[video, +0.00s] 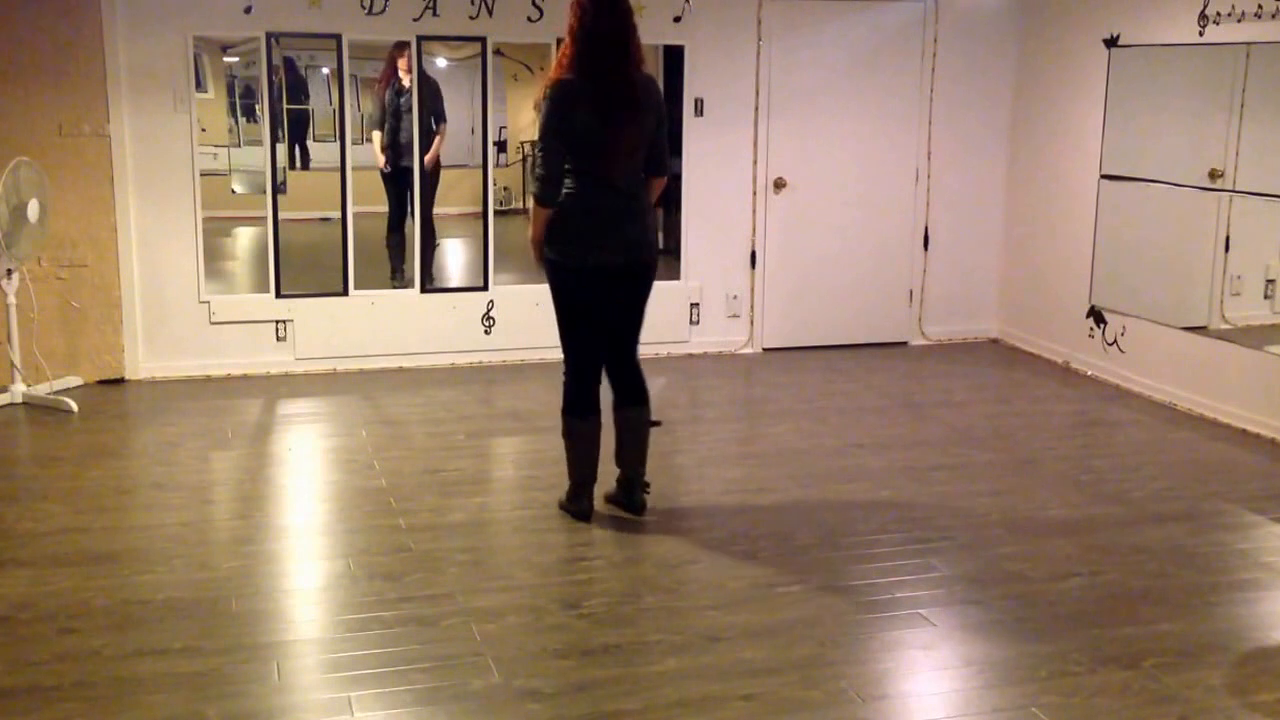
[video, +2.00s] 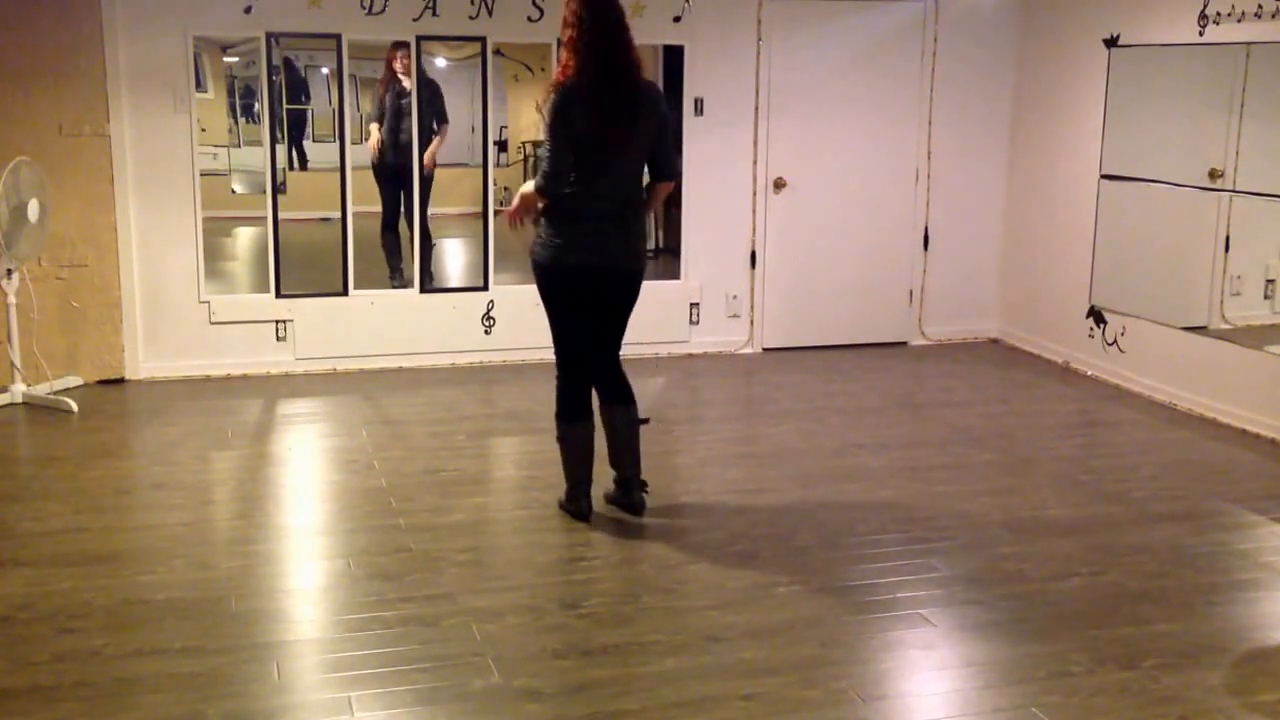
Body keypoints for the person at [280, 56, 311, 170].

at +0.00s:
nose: (280, 70)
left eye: (281, 67)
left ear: (283, 67)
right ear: (294, 65)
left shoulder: (281, 80)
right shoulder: (301, 78)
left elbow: (278, 98)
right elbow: (306, 95)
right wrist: (304, 103)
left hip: (288, 112)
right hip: (302, 111)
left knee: (290, 143)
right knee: (302, 141)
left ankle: (291, 168)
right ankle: (305, 166)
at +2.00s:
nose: (282, 71)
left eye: (282, 68)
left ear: (283, 67)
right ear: (293, 65)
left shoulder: (282, 80)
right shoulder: (301, 78)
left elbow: (278, 97)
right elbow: (307, 96)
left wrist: (279, 110)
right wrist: (304, 106)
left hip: (287, 113)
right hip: (300, 112)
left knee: (288, 142)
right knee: (299, 141)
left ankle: (289, 167)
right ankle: (303, 164)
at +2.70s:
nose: (282, 70)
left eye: (282, 68)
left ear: (283, 67)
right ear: (293, 65)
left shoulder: (282, 79)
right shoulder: (300, 77)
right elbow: (308, 94)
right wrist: (304, 101)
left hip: (287, 112)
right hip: (300, 112)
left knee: (288, 143)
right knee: (298, 142)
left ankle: (290, 168)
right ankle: (303, 166)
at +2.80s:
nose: (283, 70)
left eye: (283, 67)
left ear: (283, 67)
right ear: (294, 66)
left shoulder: (282, 81)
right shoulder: (300, 78)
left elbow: (278, 97)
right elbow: (311, 91)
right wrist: (304, 99)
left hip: (289, 113)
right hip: (303, 112)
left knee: (291, 143)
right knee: (302, 142)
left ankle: (290, 168)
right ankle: (305, 167)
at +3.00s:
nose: (284, 70)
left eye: (283, 67)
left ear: (283, 67)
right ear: (294, 65)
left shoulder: (282, 81)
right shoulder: (300, 77)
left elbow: (278, 96)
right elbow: (311, 91)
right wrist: (304, 98)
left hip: (289, 112)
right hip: (303, 112)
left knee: (291, 143)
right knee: (304, 142)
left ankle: (291, 168)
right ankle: (305, 168)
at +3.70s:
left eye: (283, 67)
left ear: (283, 67)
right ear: (294, 66)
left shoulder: (281, 82)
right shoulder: (300, 80)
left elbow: (278, 100)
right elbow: (305, 96)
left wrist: (280, 115)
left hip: (290, 115)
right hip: (304, 114)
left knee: (292, 145)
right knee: (305, 144)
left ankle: (291, 170)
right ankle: (306, 169)